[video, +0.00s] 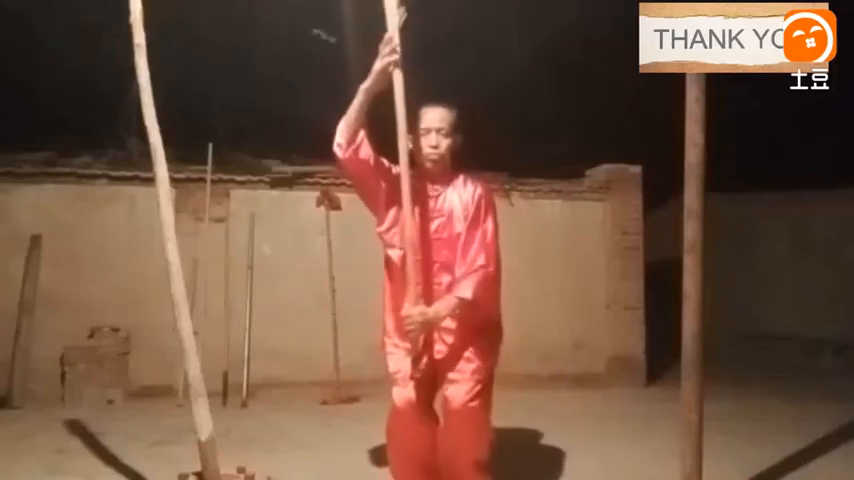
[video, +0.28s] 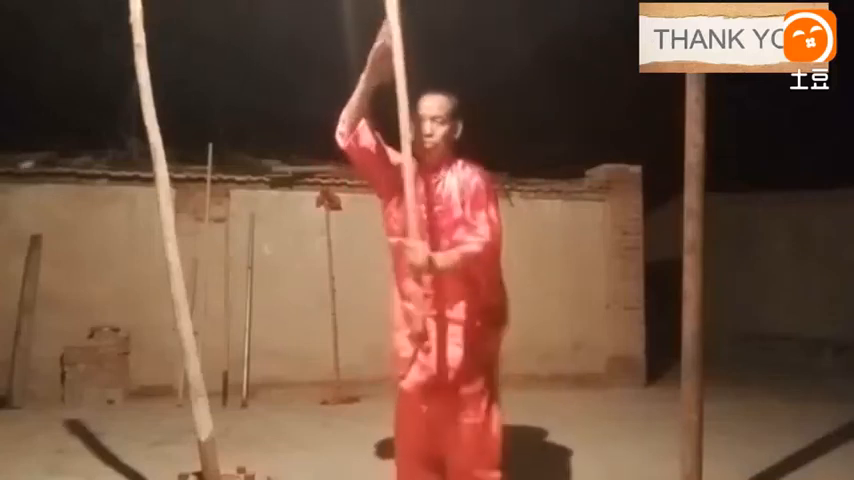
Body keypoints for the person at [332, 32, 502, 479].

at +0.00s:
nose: (434, 140)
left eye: (443, 133)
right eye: (426, 132)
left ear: (457, 141)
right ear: (412, 139)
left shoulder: (473, 195)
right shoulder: (392, 188)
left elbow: (479, 272)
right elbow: (346, 146)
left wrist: (436, 312)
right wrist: (372, 82)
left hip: (463, 329)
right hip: (406, 331)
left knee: (462, 410)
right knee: (406, 411)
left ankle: (467, 476)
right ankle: (412, 477)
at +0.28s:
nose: (429, 128)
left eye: (439, 120)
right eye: (422, 119)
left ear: (455, 128)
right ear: (412, 125)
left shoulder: (470, 179)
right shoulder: (397, 173)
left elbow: (485, 240)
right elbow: (349, 135)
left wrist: (435, 259)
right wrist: (370, 75)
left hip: (465, 315)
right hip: (413, 315)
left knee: (471, 407)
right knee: (414, 403)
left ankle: (475, 474)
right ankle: (417, 474)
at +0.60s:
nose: (431, 160)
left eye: (440, 152)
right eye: (425, 151)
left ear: (460, 157)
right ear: (418, 157)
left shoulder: (468, 205)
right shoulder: (416, 202)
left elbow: (456, 262)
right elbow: (379, 212)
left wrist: (416, 299)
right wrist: (340, 204)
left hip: (480, 326)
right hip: (443, 324)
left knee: (449, 398)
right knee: (420, 384)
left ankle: (472, 472)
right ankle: (425, 442)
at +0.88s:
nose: (418, 175)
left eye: (427, 167)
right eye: (414, 167)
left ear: (446, 173)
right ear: (409, 173)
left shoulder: (450, 209)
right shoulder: (422, 212)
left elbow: (439, 240)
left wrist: (390, 196)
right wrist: (426, 339)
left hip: (472, 321)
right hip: (444, 319)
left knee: (445, 382)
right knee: (416, 370)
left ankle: (466, 470)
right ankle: (432, 447)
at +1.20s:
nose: (416, 199)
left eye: (422, 191)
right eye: (411, 191)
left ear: (433, 195)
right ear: (403, 194)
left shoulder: (439, 230)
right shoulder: (411, 228)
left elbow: (423, 279)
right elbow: (371, 227)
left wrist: (386, 258)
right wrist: (343, 205)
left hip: (462, 332)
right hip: (439, 327)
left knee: (406, 369)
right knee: (401, 365)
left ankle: (439, 443)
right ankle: (420, 435)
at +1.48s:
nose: (402, 264)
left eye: (408, 258)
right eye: (396, 259)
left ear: (418, 260)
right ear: (389, 261)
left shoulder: (430, 293)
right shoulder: (393, 295)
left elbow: (425, 349)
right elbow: (358, 302)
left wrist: (388, 385)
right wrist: (345, 295)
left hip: (460, 369)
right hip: (432, 365)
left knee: (406, 385)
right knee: (393, 387)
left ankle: (433, 443)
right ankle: (415, 436)